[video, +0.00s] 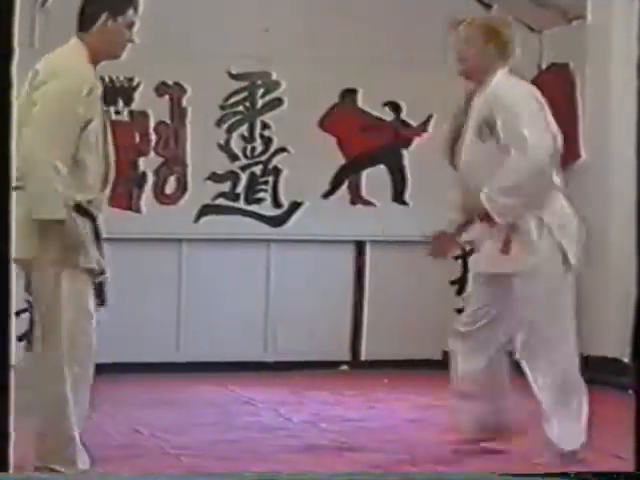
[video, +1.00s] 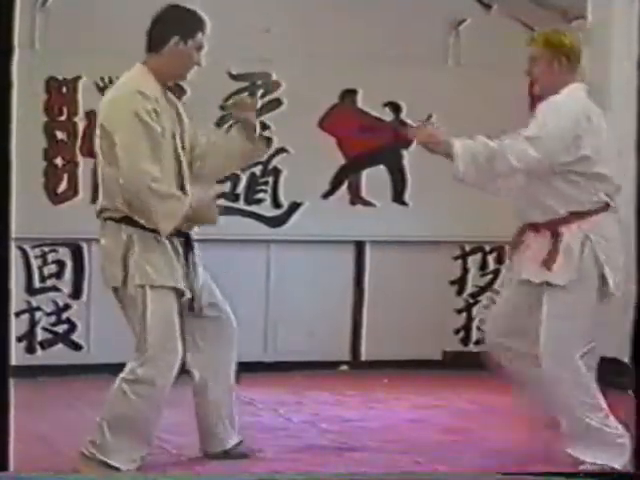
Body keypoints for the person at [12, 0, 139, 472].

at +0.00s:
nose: (133, 36)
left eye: (134, 26)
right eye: (129, 24)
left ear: (99, 22)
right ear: (104, 22)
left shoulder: (66, 69)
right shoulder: (71, 74)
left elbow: (49, 153)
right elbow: (45, 152)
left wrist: (77, 223)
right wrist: (61, 225)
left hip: (58, 227)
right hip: (58, 230)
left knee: (61, 344)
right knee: (67, 346)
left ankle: (57, 449)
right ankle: (60, 454)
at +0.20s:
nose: (143, 47)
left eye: (146, 38)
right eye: (142, 35)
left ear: (113, 28)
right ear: (119, 29)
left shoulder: (98, 84)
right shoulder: (76, 81)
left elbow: (111, 171)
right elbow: (107, 161)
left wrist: (156, 183)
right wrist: (167, 148)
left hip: (103, 226)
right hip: (77, 226)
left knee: (144, 325)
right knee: (102, 334)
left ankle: (129, 434)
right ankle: (63, 450)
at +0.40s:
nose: (160, 61)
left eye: (163, 52)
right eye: (158, 50)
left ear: (130, 44)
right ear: (136, 44)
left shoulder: (111, 95)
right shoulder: (100, 99)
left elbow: (158, 160)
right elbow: (159, 160)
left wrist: (179, 121)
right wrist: (208, 132)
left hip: (133, 237)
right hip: (108, 237)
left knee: (180, 343)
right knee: (131, 350)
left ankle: (213, 439)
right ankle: (69, 452)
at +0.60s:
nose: (174, 55)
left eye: (176, 46)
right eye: (172, 44)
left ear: (149, 39)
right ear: (149, 37)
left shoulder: (142, 91)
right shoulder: (113, 92)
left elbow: (186, 131)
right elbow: (152, 169)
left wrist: (250, 116)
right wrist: (200, 173)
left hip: (167, 228)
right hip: (135, 230)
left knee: (211, 332)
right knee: (168, 342)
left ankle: (217, 446)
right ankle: (98, 451)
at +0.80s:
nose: (180, 50)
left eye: (182, 41)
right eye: (177, 39)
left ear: (158, 36)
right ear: (153, 33)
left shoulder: (159, 94)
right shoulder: (111, 89)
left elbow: (201, 143)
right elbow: (134, 171)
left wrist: (269, 123)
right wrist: (188, 181)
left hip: (172, 228)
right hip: (133, 231)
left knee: (210, 334)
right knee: (155, 347)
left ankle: (216, 444)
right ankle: (106, 455)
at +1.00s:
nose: (198, 61)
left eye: (200, 51)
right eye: (196, 49)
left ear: (170, 47)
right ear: (173, 44)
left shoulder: (169, 103)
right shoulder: (130, 101)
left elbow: (203, 161)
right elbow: (144, 188)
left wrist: (249, 133)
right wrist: (194, 207)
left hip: (170, 240)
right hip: (134, 241)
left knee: (216, 326)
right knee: (159, 352)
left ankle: (220, 439)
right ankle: (107, 456)